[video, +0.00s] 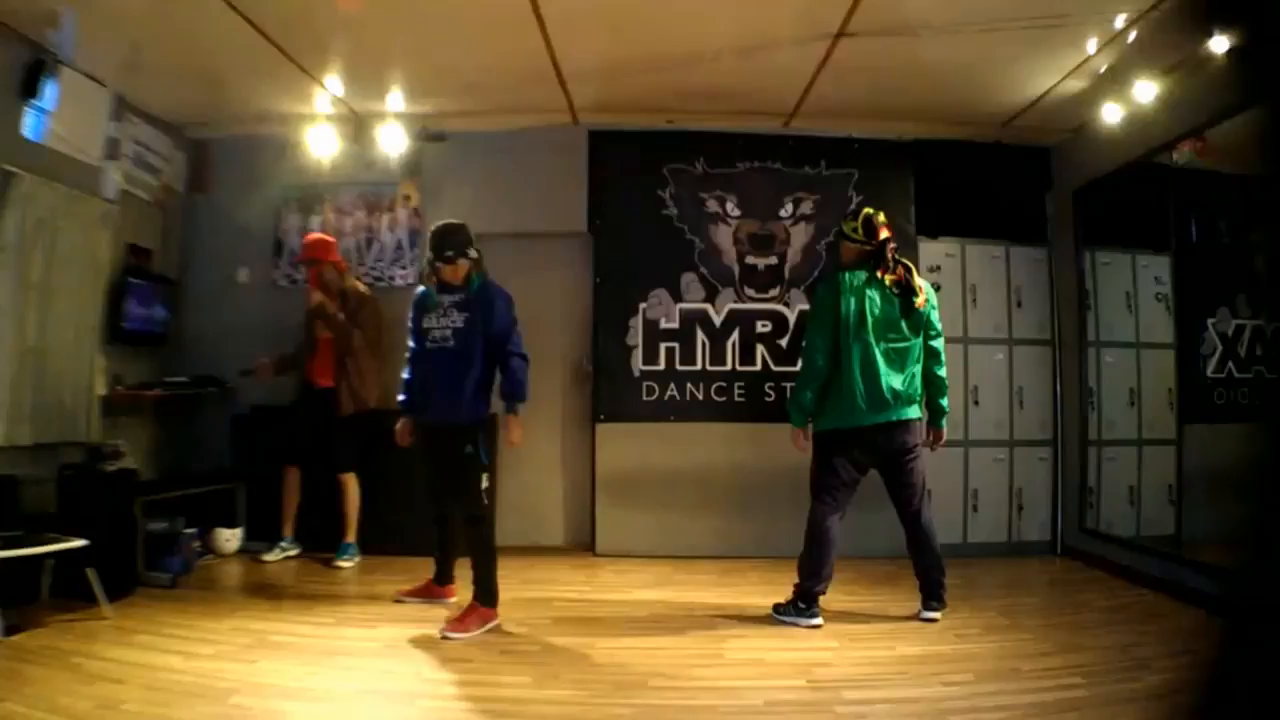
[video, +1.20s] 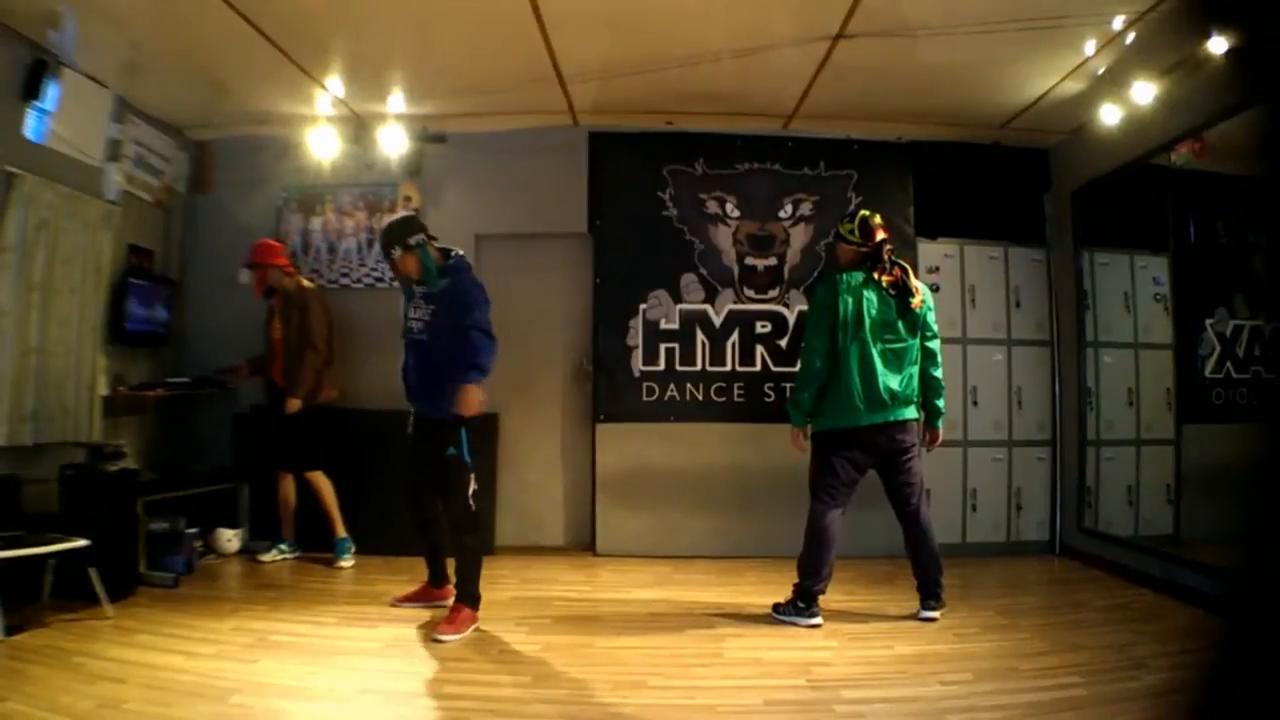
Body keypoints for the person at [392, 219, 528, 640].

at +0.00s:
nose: (449, 270)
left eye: (456, 262)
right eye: (442, 263)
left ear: (471, 259)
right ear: (432, 262)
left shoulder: (491, 298)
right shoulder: (425, 298)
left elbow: (513, 352)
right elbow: (415, 356)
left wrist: (513, 409)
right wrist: (406, 410)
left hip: (472, 417)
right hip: (433, 417)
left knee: (475, 509)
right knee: (441, 501)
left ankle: (485, 604)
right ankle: (442, 580)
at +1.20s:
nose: (396, 269)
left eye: (398, 259)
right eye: (392, 261)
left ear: (417, 250)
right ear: (403, 255)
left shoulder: (460, 282)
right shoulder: (415, 284)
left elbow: (480, 335)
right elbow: (421, 340)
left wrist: (471, 379)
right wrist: (416, 388)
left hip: (455, 410)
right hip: (425, 408)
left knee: (462, 502)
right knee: (424, 494)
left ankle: (468, 603)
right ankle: (438, 581)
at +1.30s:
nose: (392, 268)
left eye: (394, 258)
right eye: (388, 261)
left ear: (413, 248)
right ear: (397, 255)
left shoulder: (455, 280)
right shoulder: (408, 283)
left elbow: (458, 342)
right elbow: (413, 340)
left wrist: (437, 389)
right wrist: (411, 390)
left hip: (450, 407)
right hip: (420, 404)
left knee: (453, 503)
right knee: (423, 495)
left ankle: (465, 601)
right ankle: (437, 581)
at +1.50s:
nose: (388, 273)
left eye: (389, 264)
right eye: (383, 266)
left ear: (407, 252)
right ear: (389, 263)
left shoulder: (450, 285)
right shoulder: (404, 293)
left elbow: (449, 351)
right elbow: (386, 351)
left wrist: (393, 351)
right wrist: (365, 404)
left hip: (449, 406)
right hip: (419, 406)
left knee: (435, 493)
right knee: (419, 491)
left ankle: (459, 587)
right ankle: (438, 582)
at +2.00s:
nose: (407, 273)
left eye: (408, 263)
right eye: (403, 267)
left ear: (427, 248)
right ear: (412, 258)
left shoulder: (460, 272)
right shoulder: (430, 279)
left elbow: (414, 311)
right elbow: (389, 329)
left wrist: (392, 311)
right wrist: (387, 353)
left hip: (451, 403)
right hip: (431, 402)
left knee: (453, 505)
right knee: (438, 499)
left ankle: (459, 614)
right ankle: (445, 581)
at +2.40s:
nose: (410, 277)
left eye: (412, 267)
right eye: (406, 271)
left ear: (427, 255)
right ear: (419, 262)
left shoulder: (459, 275)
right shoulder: (436, 288)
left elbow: (421, 328)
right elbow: (407, 348)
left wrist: (409, 325)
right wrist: (435, 334)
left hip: (454, 405)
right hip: (435, 405)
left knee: (454, 507)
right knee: (440, 500)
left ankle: (457, 614)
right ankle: (448, 584)